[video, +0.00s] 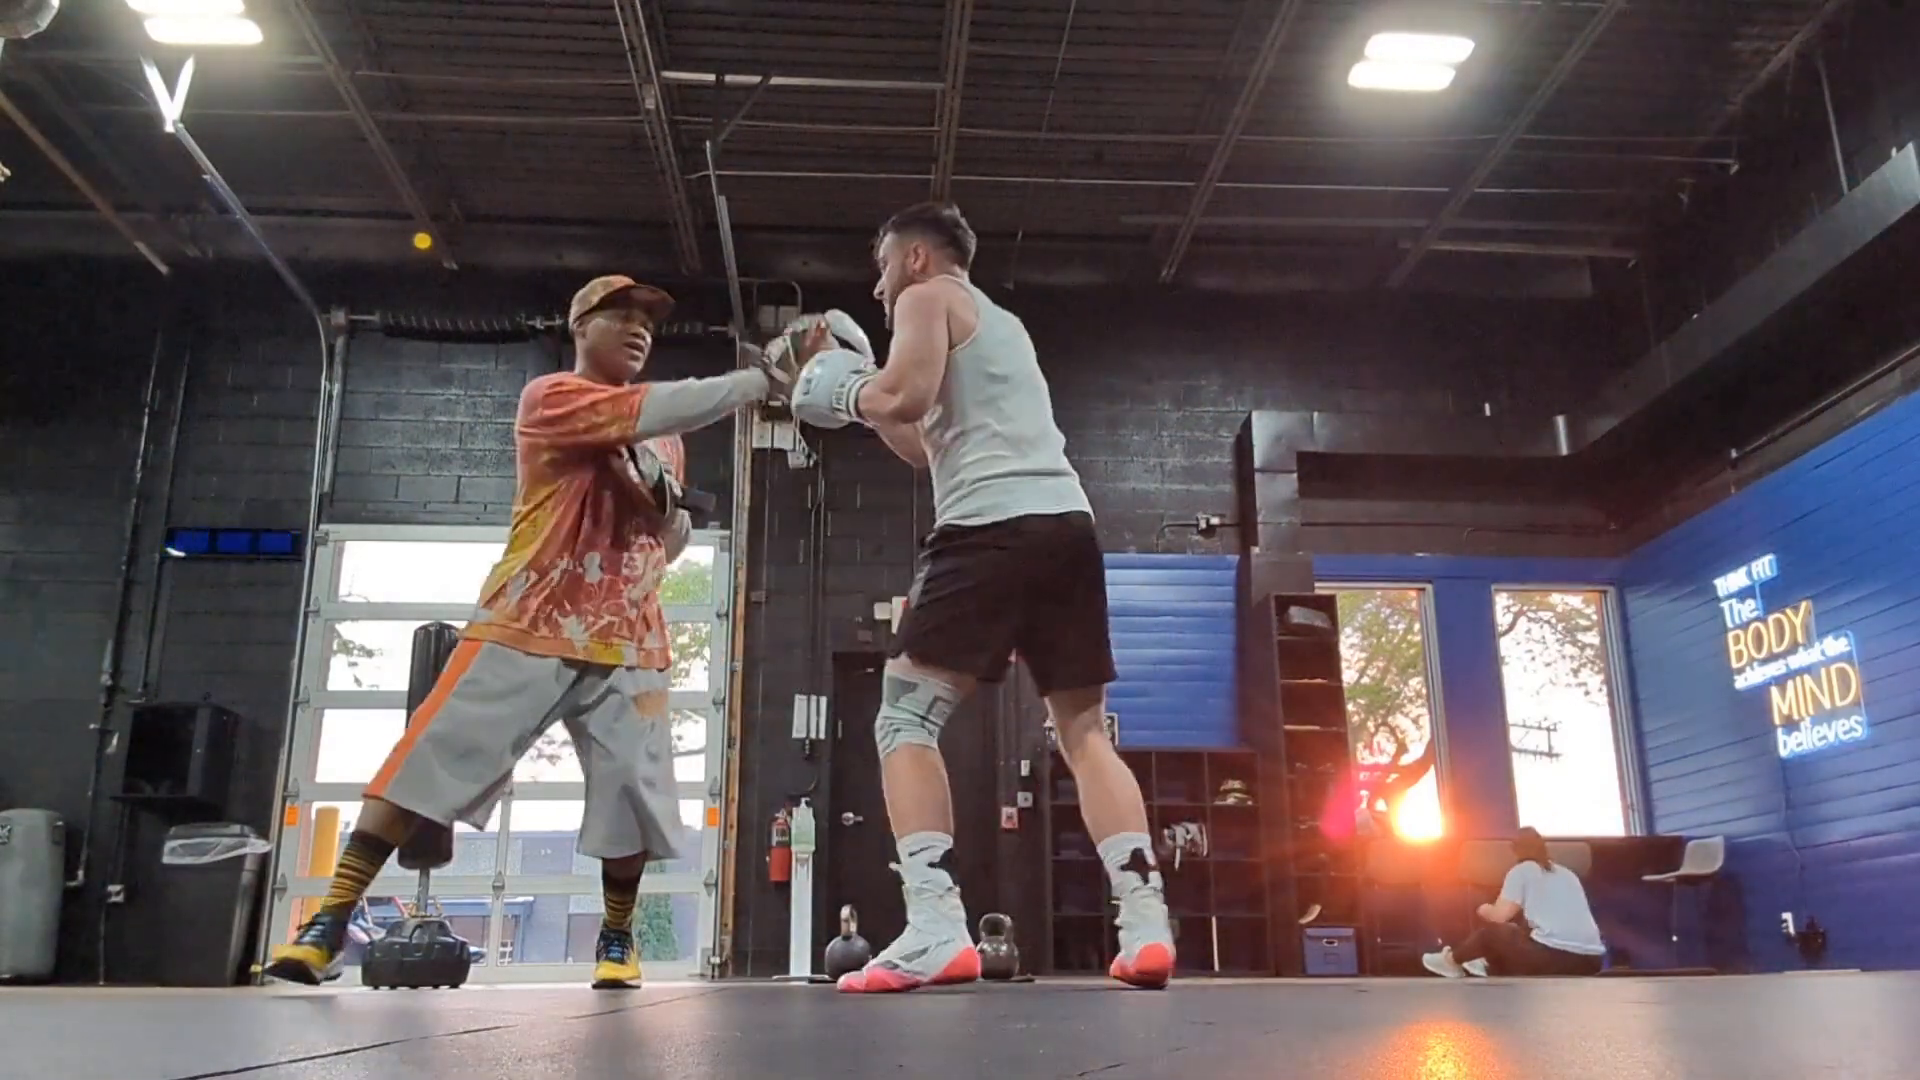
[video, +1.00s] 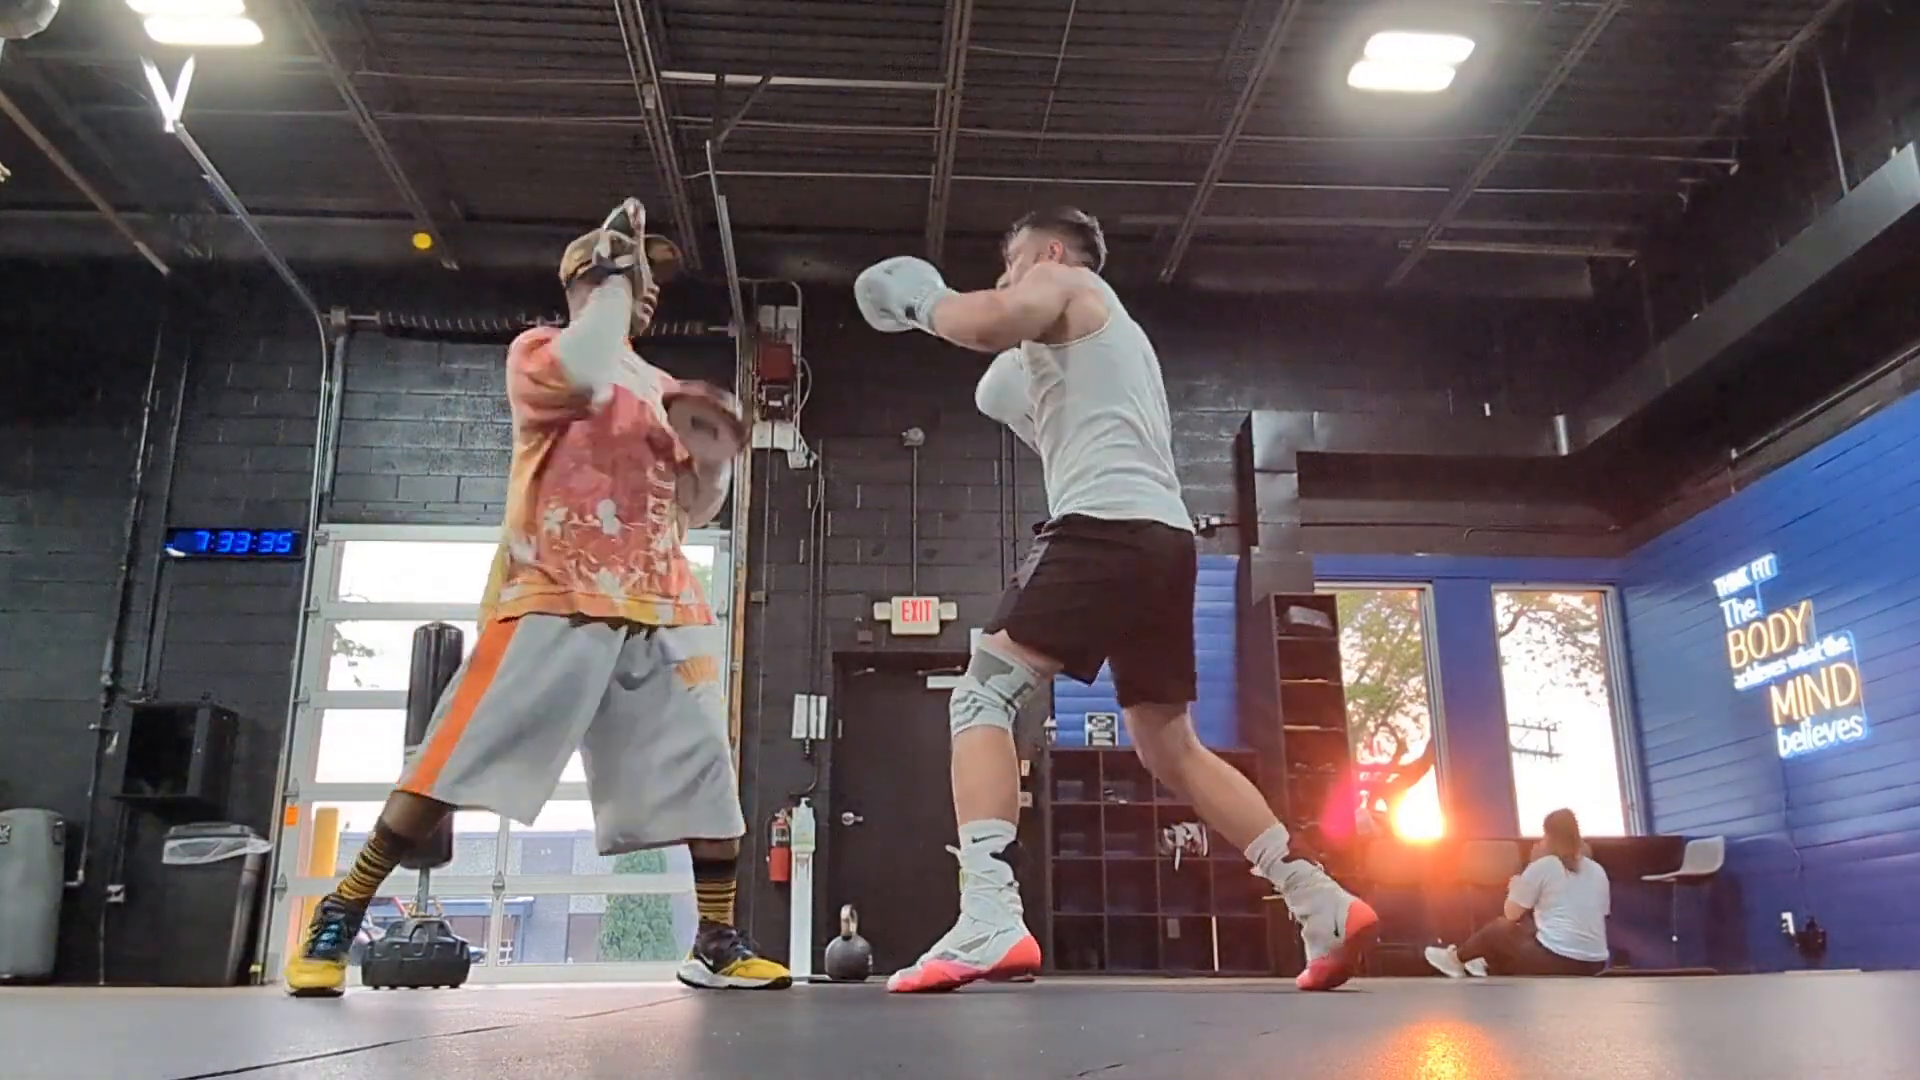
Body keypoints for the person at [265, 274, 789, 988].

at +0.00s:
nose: (640, 333)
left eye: (648, 326)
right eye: (624, 319)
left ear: (649, 342)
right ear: (581, 328)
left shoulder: (659, 433)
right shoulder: (548, 400)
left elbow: (669, 545)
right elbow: (655, 406)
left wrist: (668, 501)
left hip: (628, 637)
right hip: (530, 622)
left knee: (631, 786)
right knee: (430, 749)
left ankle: (618, 939)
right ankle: (330, 923)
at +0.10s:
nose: (600, 332)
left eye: (606, 325)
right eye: (584, 318)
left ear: (607, 340)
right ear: (538, 326)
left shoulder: (619, 435)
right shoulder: (507, 395)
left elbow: (650, 536)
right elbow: (595, 416)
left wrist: (676, 463)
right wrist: (718, 371)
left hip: (596, 642)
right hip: (495, 630)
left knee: (610, 790)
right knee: (402, 765)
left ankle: (616, 934)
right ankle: (285, 928)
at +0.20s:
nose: (555, 313)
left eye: (560, 305)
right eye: (536, 297)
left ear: (562, 325)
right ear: (489, 311)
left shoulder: (584, 418)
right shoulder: (454, 391)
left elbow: (662, 480)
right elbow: (514, 456)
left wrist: (655, 404)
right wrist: (633, 421)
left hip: (581, 629)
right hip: (475, 617)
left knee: (618, 781)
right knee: (392, 759)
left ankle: (611, 915)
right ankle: (281, 930)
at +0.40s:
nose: (528, 277)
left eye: (530, 267)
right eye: (509, 261)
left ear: (526, 286)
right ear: (459, 276)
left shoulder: (562, 371)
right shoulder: (418, 375)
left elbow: (659, 404)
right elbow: (447, 478)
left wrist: (628, 308)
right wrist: (569, 442)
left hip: (571, 591)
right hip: (458, 595)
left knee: (632, 748)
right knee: (371, 759)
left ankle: (643, 934)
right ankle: (279, 933)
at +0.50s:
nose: (546, 260)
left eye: (550, 249)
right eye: (526, 245)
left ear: (551, 270)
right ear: (476, 263)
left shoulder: (581, 352)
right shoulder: (435, 363)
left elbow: (682, 384)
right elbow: (445, 461)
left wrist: (687, 281)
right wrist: (552, 410)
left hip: (587, 598)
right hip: (468, 599)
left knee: (634, 758)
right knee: (380, 752)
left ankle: (647, 936)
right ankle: (287, 924)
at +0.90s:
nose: (606, 271)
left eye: (613, 261)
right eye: (587, 256)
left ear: (621, 282)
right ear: (539, 278)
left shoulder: (649, 369)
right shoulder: (491, 352)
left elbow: (755, 410)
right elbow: (499, 394)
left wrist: (777, 327)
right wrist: (586, 304)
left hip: (630, 588)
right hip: (513, 585)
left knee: (692, 748)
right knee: (439, 736)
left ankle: (710, 937)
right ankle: (335, 924)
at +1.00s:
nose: (630, 299)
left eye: (638, 288)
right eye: (613, 284)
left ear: (648, 304)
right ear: (577, 290)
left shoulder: (658, 387)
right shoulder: (536, 351)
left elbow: (691, 510)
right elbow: (588, 369)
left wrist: (716, 455)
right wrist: (617, 280)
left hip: (659, 608)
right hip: (551, 597)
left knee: (707, 766)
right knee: (453, 756)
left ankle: (718, 940)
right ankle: (342, 913)